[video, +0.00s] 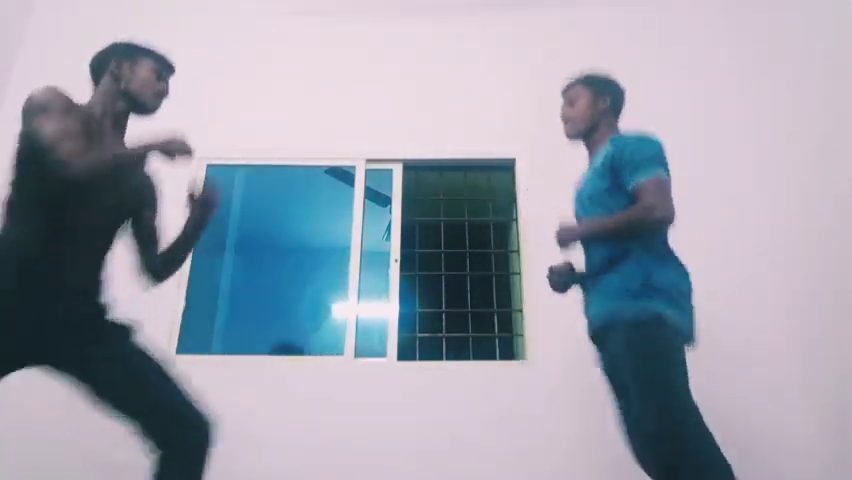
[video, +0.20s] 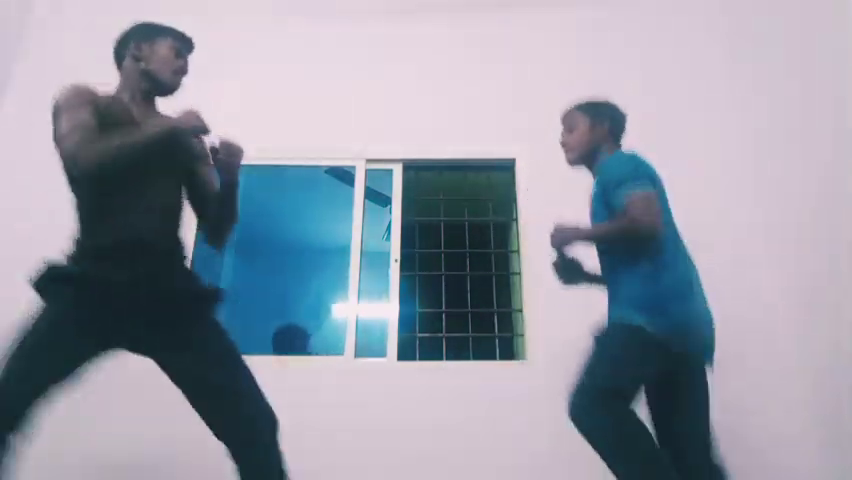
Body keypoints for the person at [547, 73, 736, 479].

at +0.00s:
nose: (563, 111)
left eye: (572, 101)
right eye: (563, 104)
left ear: (604, 105)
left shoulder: (634, 146)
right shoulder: (592, 178)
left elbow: (659, 208)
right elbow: (621, 256)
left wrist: (584, 230)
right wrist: (577, 273)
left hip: (645, 310)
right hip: (612, 319)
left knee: (670, 429)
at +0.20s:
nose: (562, 138)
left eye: (570, 128)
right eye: (563, 131)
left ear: (601, 130)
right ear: (599, 134)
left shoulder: (620, 166)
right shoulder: (619, 179)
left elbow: (646, 218)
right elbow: (642, 279)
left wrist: (580, 233)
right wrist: (588, 277)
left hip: (648, 318)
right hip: (679, 324)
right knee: (688, 453)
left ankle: (654, 473)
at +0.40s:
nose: (552, 121)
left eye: (558, 109)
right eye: (551, 112)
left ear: (588, 107)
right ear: (597, 112)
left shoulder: (590, 135)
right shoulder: (645, 161)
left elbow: (598, 186)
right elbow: (645, 231)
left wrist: (560, 220)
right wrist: (592, 251)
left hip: (619, 299)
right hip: (679, 305)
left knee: (592, 420)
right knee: (679, 428)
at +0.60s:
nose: (548, 144)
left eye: (555, 131)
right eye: (548, 133)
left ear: (584, 130)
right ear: (594, 134)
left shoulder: (579, 159)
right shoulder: (654, 183)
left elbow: (575, 215)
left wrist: (542, 246)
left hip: (605, 323)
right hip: (675, 327)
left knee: (580, 447)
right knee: (693, 445)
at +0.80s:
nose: (562, 165)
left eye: (565, 158)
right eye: (562, 158)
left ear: (574, 153)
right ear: (609, 149)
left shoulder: (578, 162)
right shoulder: (669, 186)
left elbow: (492, 146)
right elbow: (729, 248)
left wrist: (489, 139)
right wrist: (671, 263)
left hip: (626, 317)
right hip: (704, 317)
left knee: (582, 435)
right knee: (743, 430)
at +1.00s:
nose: (603, 213)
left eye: (607, 206)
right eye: (603, 207)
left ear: (630, 198)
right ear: (658, 201)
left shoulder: (628, 218)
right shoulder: (716, 246)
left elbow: (578, 230)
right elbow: (752, 335)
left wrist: (554, 232)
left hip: (655, 380)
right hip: (732, 390)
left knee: (574, 474)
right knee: (745, 476)